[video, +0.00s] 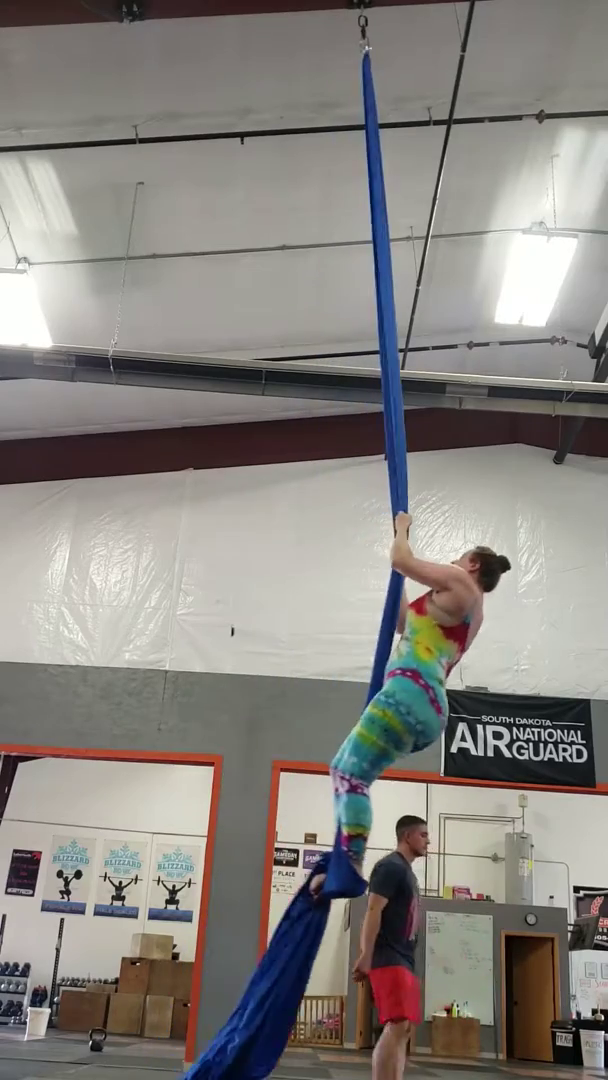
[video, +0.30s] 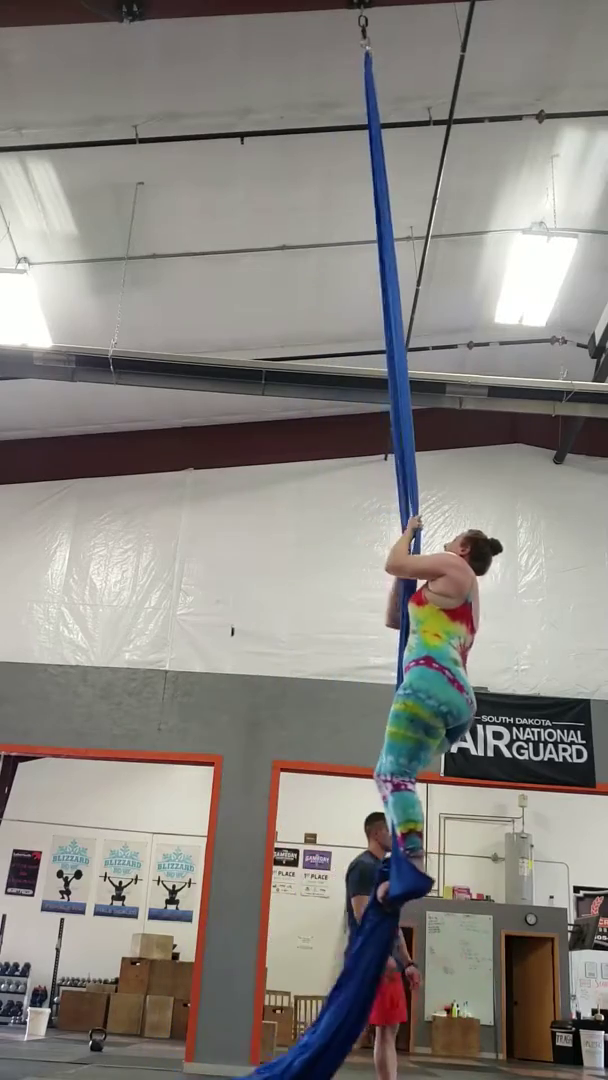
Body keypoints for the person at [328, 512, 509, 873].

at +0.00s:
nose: (456, 560)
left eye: (463, 556)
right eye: (462, 556)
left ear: (473, 563)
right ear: (482, 573)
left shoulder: (461, 582)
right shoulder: (473, 609)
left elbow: (402, 560)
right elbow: (406, 623)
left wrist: (402, 530)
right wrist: (396, 577)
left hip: (410, 692)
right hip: (431, 709)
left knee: (348, 771)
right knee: (352, 774)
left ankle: (348, 868)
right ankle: (348, 865)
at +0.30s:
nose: (450, 543)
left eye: (456, 540)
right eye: (455, 540)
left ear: (464, 546)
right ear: (477, 557)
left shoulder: (455, 565)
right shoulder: (459, 595)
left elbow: (395, 563)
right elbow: (394, 619)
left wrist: (408, 532)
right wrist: (404, 572)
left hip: (432, 679)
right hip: (458, 698)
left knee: (393, 773)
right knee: (393, 773)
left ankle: (410, 864)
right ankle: (404, 864)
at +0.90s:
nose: (442, 550)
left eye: (449, 548)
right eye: (447, 547)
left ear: (457, 556)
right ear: (469, 565)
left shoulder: (451, 579)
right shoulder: (448, 588)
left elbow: (393, 562)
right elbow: (399, 564)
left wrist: (401, 529)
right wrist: (395, 516)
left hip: (405, 691)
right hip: (415, 697)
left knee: (358, 778)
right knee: (347, 775)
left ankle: (360, 872)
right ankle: (355, 868)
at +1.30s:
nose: (390, 561)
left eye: (395, 559)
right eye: (394, 559)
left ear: (403, 567)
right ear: (413, 577)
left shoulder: (395, 591)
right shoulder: (396, 603)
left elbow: (338, 568)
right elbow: (354, 572)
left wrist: (347, 538)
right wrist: (352, 538)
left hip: (346, 697)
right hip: (364, 709)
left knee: (295, 781)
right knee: (287, 777)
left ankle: (297, 869)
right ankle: (292, 863)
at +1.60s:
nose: (334, 564)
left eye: (339, 562)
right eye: (337, 562)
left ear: (346, 571)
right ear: (355, 580)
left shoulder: (330, 588)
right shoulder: (344, 607)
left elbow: (274, 559)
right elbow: (302, 570)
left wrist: (284, 527)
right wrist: (310, 523)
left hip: (295, 697)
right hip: (318, 709)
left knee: (253, 780)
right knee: (247, 779)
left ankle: (260, 871)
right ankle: (260, 865)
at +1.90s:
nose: (307, 566)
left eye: (313, 566)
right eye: (312, 566)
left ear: (317, 578)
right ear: (322, 589)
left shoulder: (301, 591)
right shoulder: (307, 617)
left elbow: (276, 539)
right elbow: (273, 569)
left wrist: (273, 502)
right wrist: (281, 521)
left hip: (251, 693)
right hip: (272, 710)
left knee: (201, 773)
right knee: (200, 774)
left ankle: (199, 865)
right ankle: (196, 860)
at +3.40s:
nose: (353, 568)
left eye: (360, 568)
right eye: (354, 566)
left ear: (368, 582)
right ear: (354, 579)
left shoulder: (359, 602)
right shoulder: (336, 602)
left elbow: (341, 541)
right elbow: (326, 551)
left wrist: (337, 498)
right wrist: (324, 509)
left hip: (305, 698)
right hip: (293, 696)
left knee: (247, 768)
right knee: (232, 767)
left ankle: (241, 864)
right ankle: (230, 861)